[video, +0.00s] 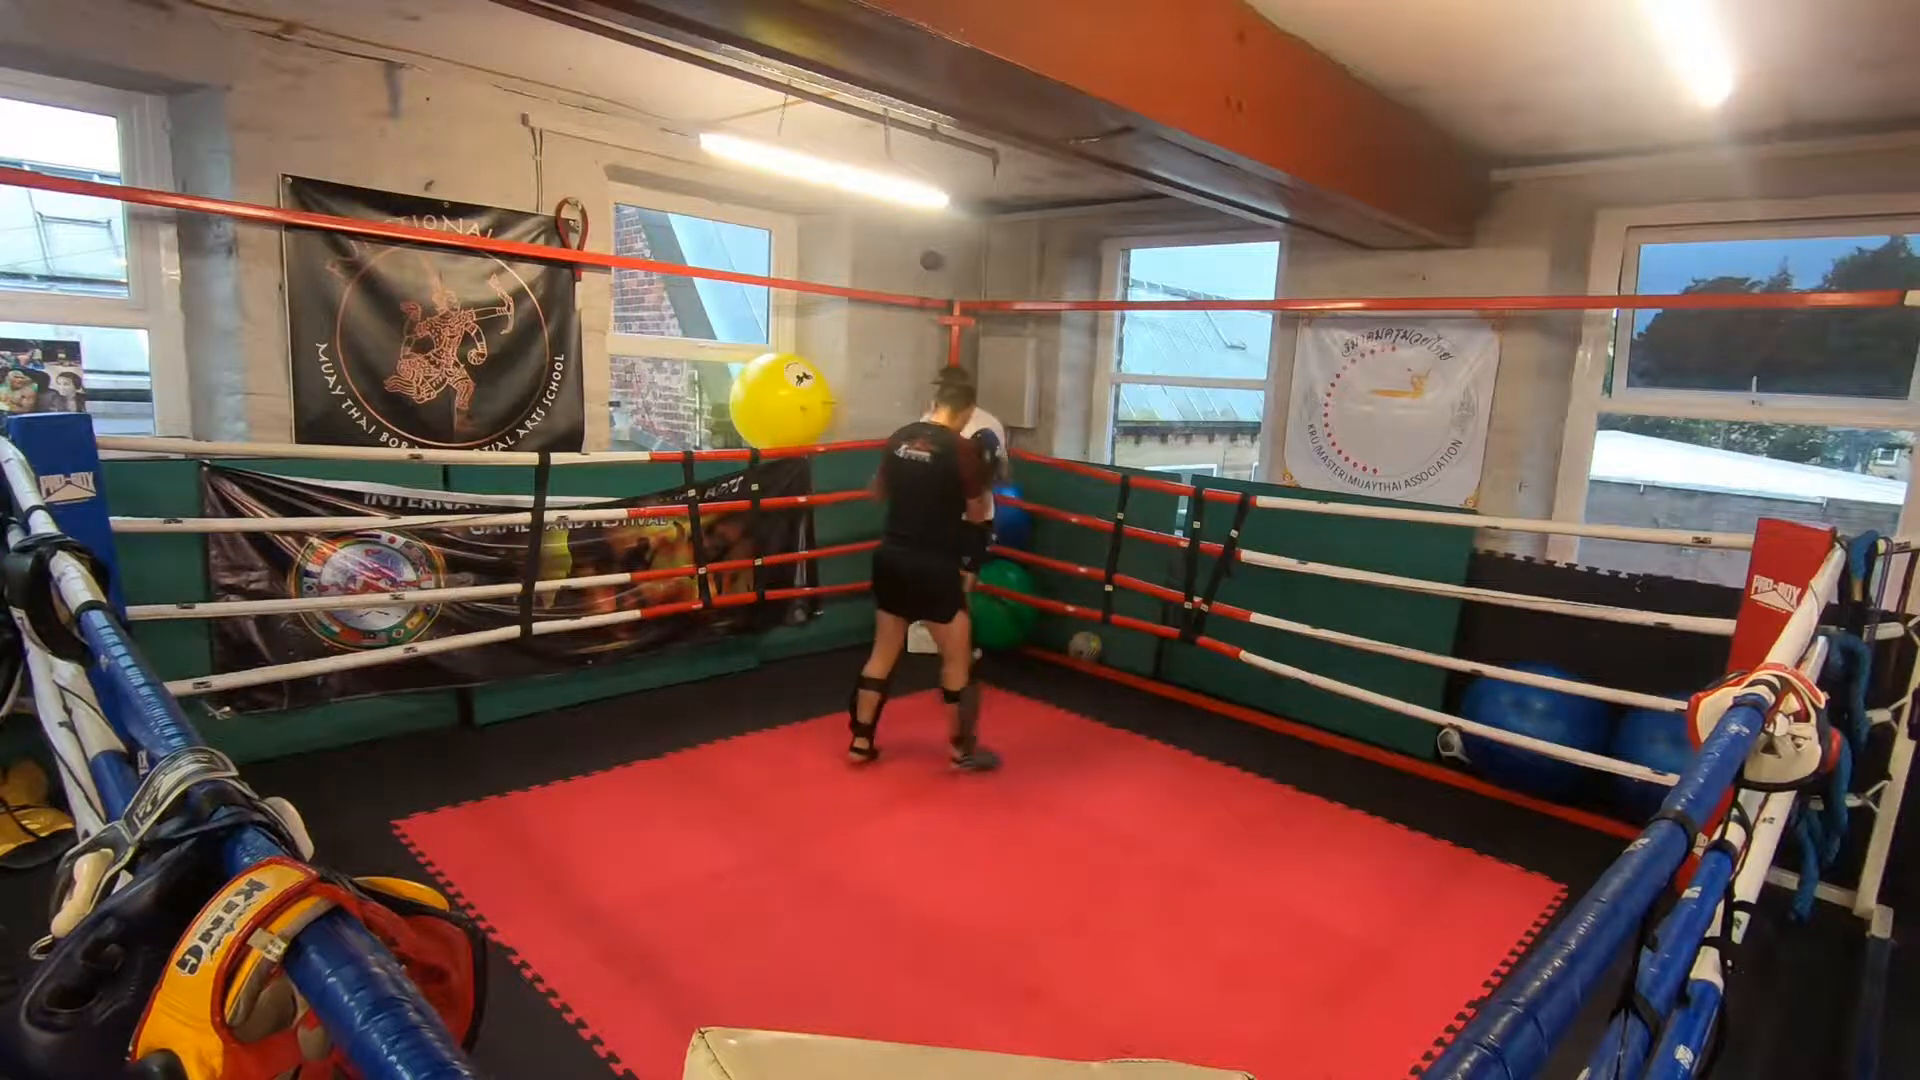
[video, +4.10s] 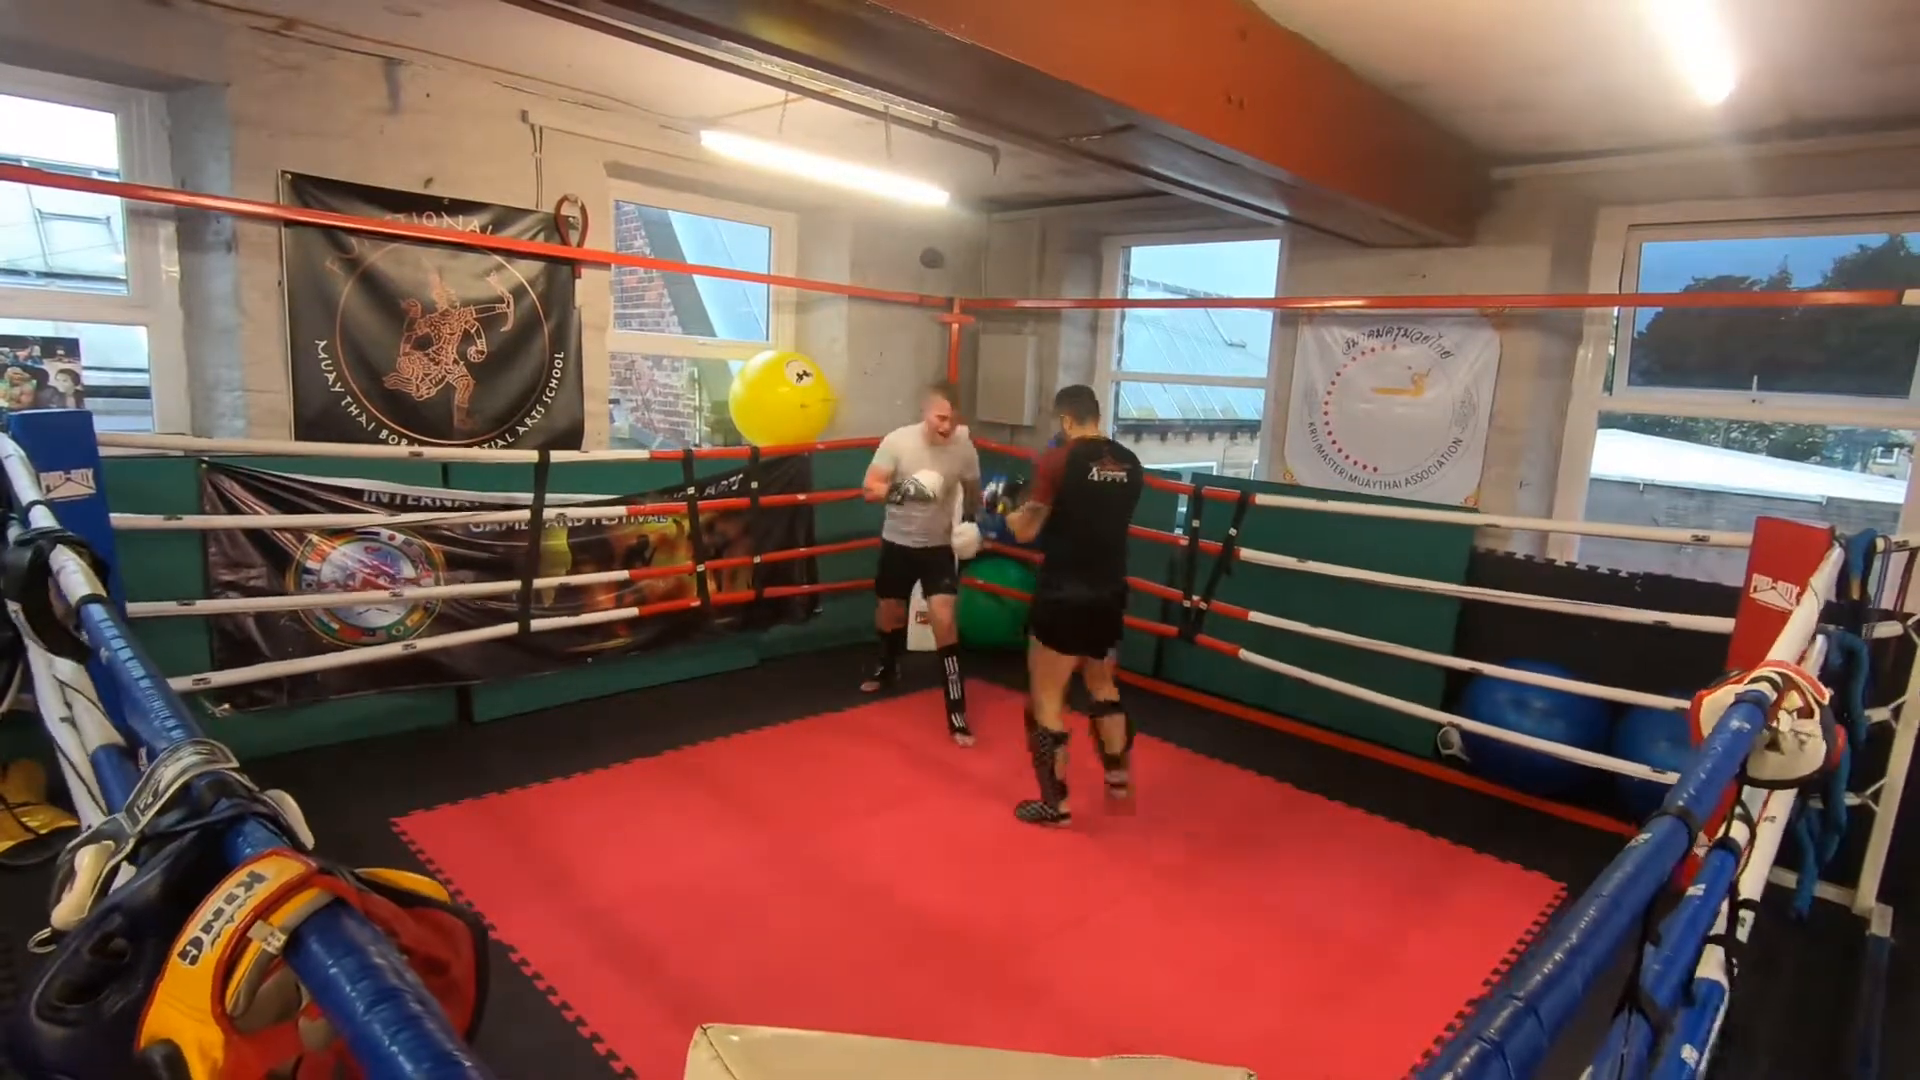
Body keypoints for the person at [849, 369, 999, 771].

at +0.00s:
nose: (963, 416)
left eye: (955, 408)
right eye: (966, 411)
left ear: (934, 402)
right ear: (968, 410)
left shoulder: (902, 436)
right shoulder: (963, 450)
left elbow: (879, 491)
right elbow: (978, 512)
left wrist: (919, 486)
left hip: (891, 560)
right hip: (937, 567)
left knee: (884, 650)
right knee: (955, 657)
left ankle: (860, 741)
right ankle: (963, 747)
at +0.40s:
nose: (980, 415)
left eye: (978, 408)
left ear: (977, 408)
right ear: (1011, 413)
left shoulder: (952, 442)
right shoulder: (1025, 453)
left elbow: (915, 487)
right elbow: (1023, 493)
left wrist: (914, 466)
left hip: (947, 556)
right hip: (992, 563)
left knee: (928, 631)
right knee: (988, 655)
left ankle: (919, 709)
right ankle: (984, 743)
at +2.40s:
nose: (968, 413)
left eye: (953, 408)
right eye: (980, 405)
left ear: (948, 407)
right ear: (984, 406)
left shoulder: (927, 445)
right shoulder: (1006, 445)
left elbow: (905, 501)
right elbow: (1020, 506)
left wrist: (932, 484)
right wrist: (1000, 484)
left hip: (940, 561)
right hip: (986, 561)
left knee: (936, 642)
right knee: (997, 646)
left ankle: (929, 730)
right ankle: (995, 734)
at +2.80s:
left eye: (989, 414)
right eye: (1023, 417)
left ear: (985, 414)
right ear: (1025, 418)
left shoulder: (965, 445)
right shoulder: (1039, 454)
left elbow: (950, 474)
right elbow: (1038, 481)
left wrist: (965, 433)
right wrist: (1027, 433)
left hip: (965, 566)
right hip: (1011, 572)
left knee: (951, 644)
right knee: (1011, 664)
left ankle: (931, 727)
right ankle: (1005, 755)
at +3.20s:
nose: (1058, 436)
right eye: (1058, 432)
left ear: (1015, 424)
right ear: (1054, 432)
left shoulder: (988, 455)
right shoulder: (1062, 468)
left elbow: (987, 447)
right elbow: (1063, 459)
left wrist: (1006, 431)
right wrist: (1044, 438)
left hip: (984, 573)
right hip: (1030, 581)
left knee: (975, 649)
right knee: (1051, 666)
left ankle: (965, 729)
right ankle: (1028, 756)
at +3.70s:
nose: (1071, 423)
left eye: (1071, 417)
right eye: (1080, 419)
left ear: (1073, 417)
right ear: (1109, 420)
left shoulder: (1047, 454)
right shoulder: (1126, 469)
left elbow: (998, 500)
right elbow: (1087, 498)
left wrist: (996, 463)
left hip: (1037, 587)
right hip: (1088, 595)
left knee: (1006, 663)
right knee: (1071, 684)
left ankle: (1009, 759)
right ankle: (1057, 779)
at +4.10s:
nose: (1058, 429)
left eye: (1058, 422)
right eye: (1060, 423)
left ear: (1066, 421)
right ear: (1099, 419)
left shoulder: (1056, 460)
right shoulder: (1129, 464)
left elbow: (1025, 528)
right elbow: (1103, 519)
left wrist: (1003, 511)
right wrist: (1038, 505)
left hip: (1062, 595)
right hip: (1109, 596)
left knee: (1047, 697)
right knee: (1102, 682)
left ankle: (1054, 801)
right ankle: (1118, 780)